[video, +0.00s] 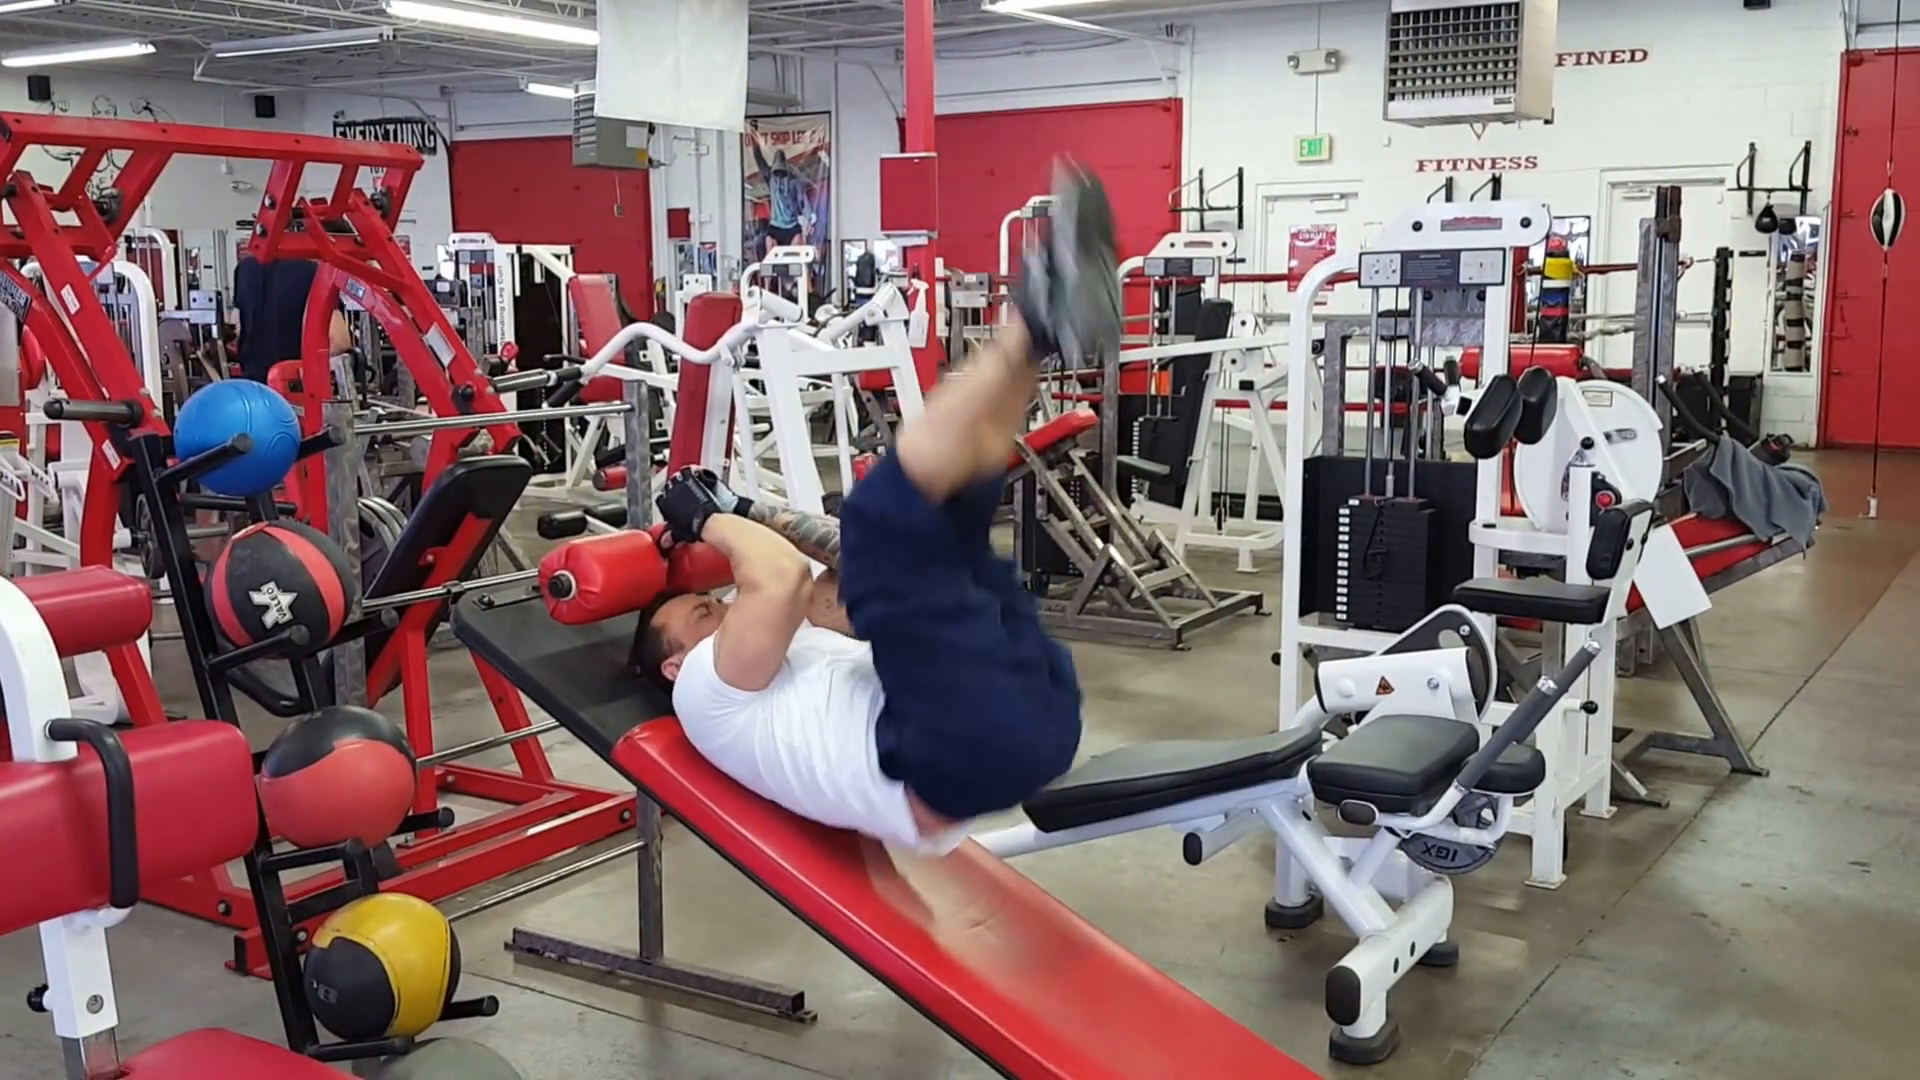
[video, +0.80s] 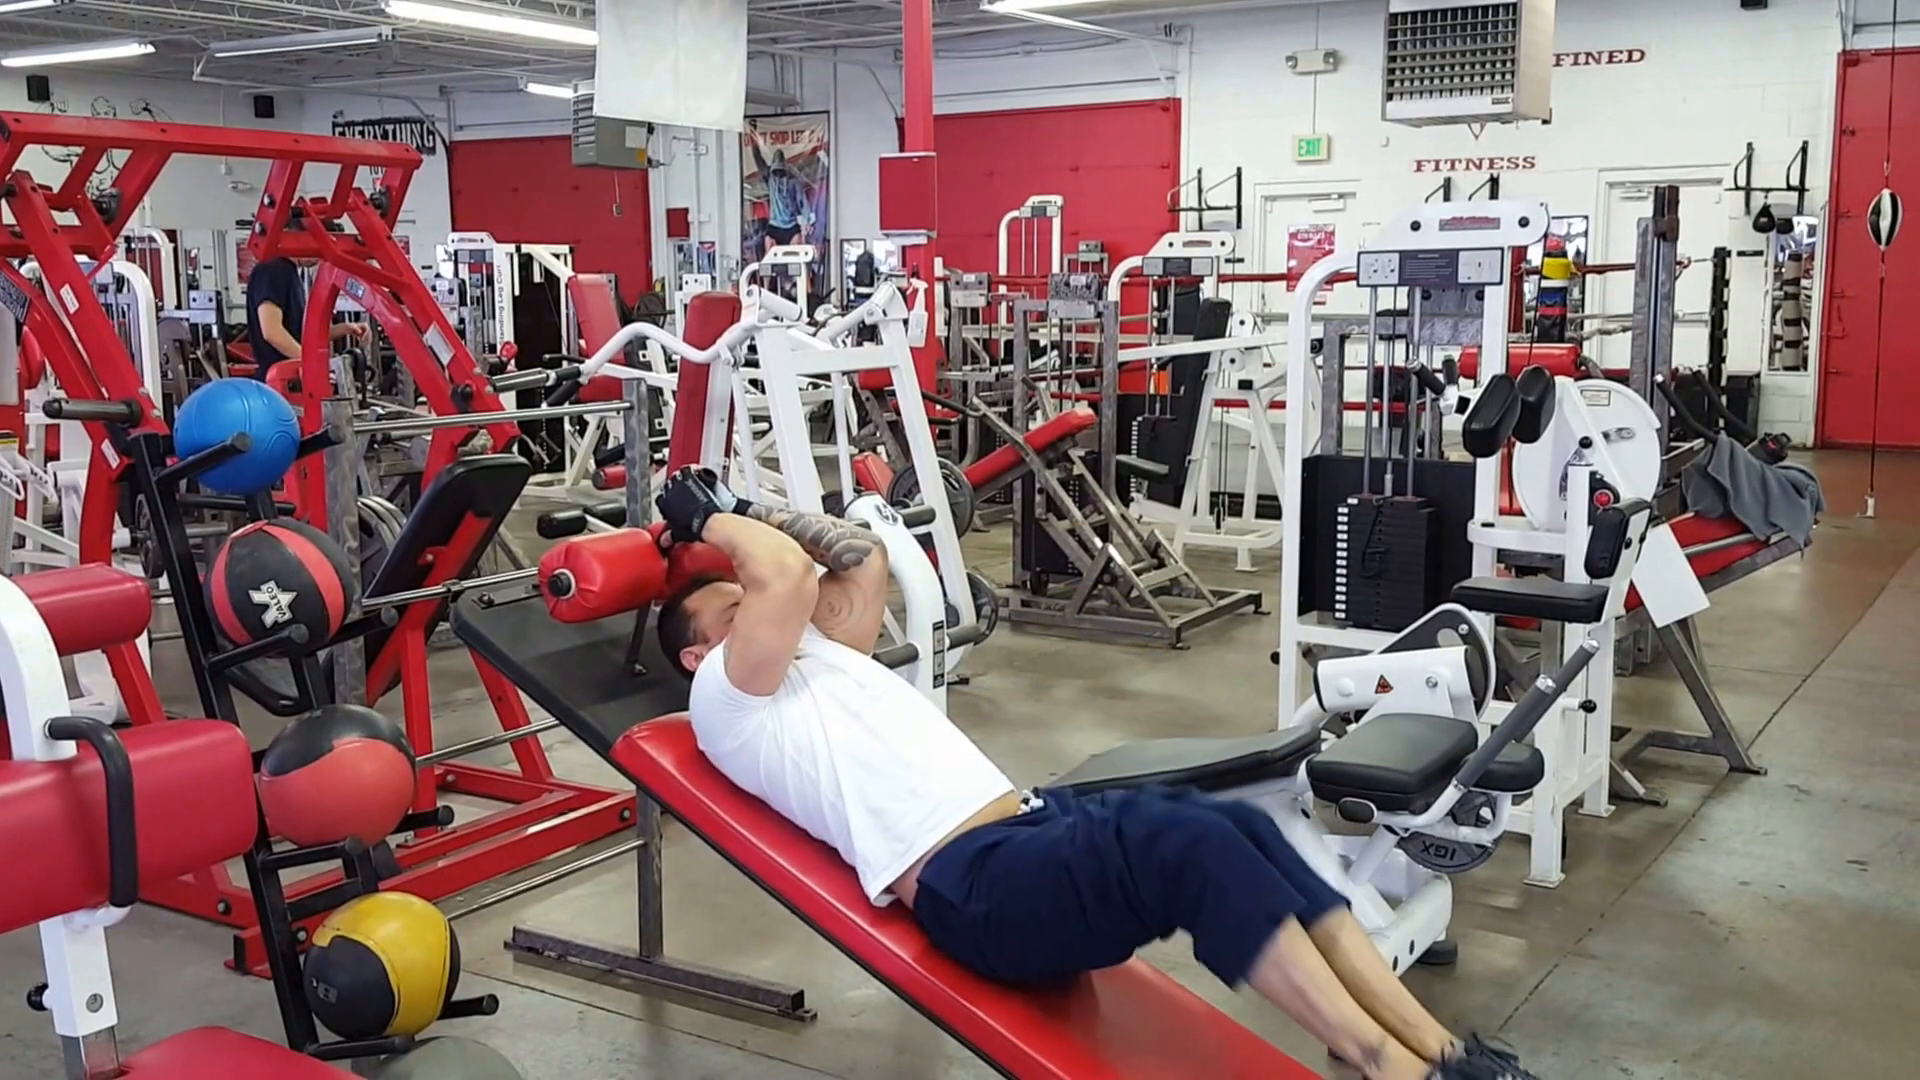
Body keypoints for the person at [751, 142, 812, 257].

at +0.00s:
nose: (780, 176)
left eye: (782, 173)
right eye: (777, 173)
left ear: (786, 169)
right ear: (773, 170)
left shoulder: (796, 181)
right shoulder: (771, 179)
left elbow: (803, 203)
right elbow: (760, 162)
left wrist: (809, 220)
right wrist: (755, 144)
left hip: (793, 224)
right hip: (775, 224)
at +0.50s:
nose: (778, 175)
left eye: (781, 173)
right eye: (775, 173)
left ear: (786, 169)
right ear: (772, 172)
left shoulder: (795, 182)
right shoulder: (770, 180)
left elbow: (803, 203)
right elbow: (760, 163)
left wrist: (807, 221)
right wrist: (754, 145)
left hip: (792, 224)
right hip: (774, 224)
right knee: (768, 238)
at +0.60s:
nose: (778, 176)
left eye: (781, 173)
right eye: (775, 173)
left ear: (785, 169)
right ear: (772, 171)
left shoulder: (794, 182)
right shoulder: (770, 180)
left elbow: (803, 203)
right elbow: (760, 164)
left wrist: (807, 221)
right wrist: (754, 144)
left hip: (792, 225)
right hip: (774, 224)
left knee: (795, 259)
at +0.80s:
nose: (778, 175)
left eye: (781, 172)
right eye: (775, 172)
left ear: (785, 169)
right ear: (772, 171)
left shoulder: (794, 182)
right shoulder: (770, 180)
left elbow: (803, 204)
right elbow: (760, 163)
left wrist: (807, 221)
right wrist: (754, 144)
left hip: (792, 224)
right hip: (774, 224)